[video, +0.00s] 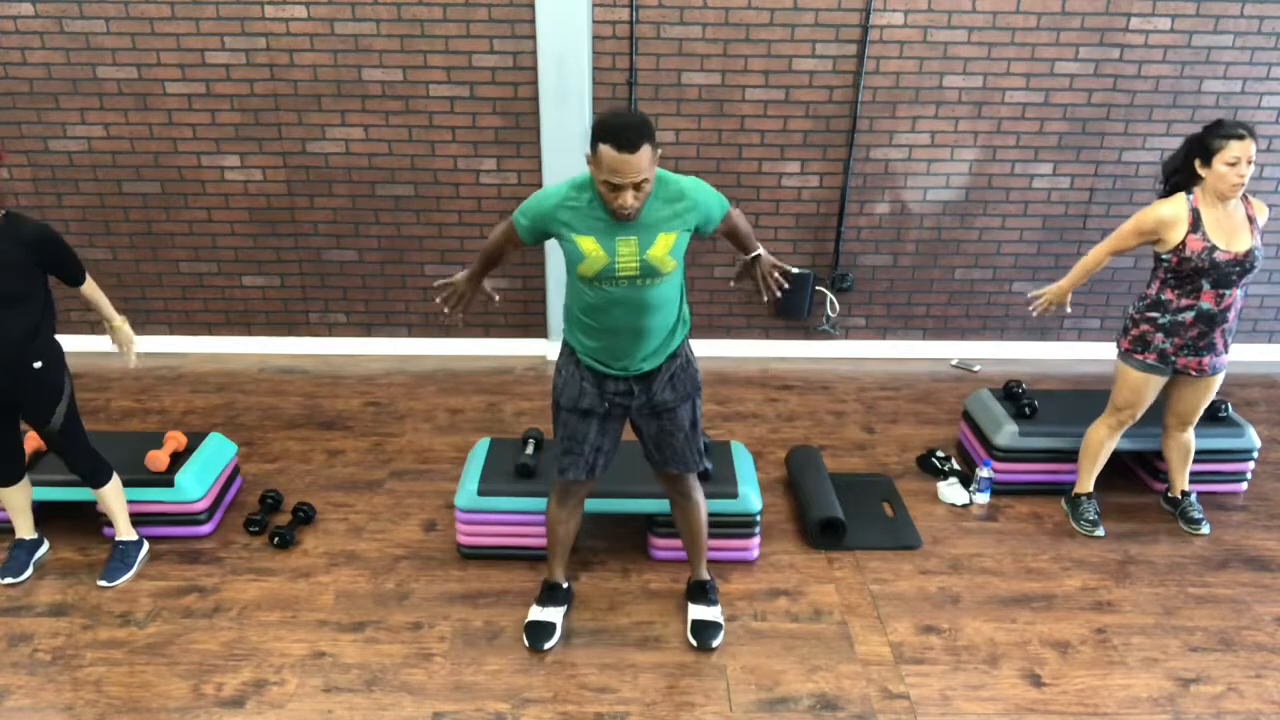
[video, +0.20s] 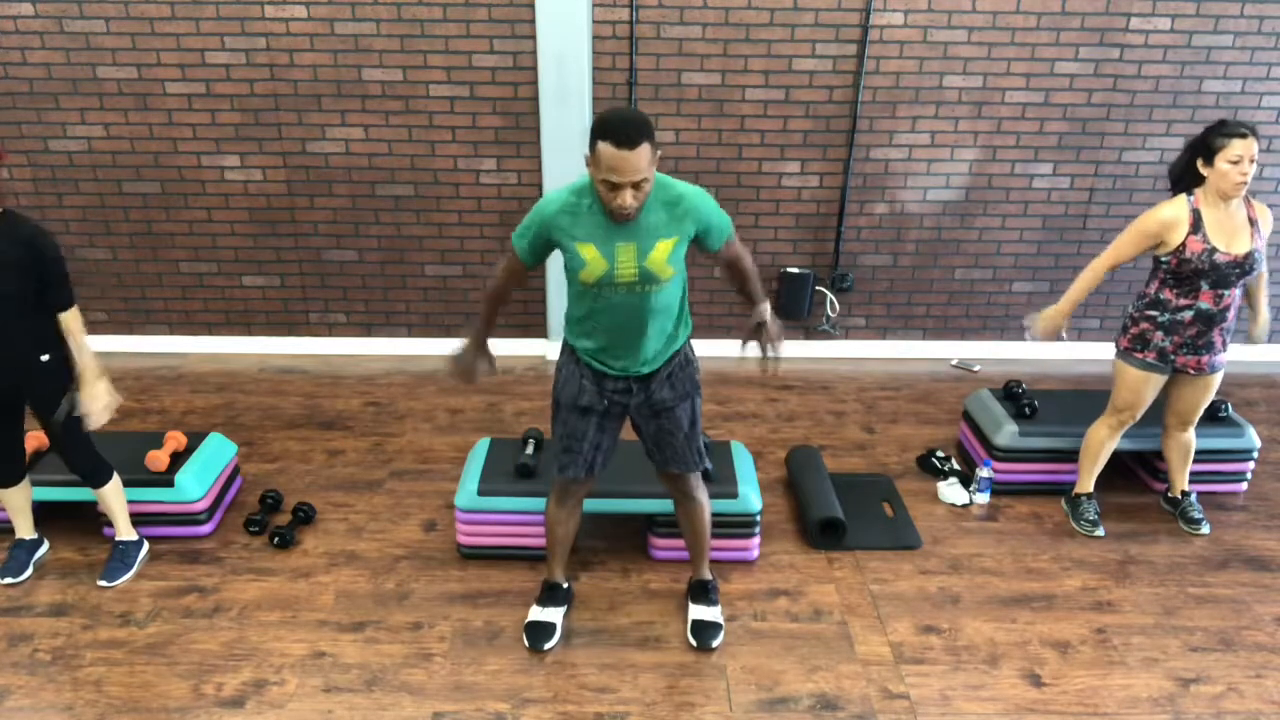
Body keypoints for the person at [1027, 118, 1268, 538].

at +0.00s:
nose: (1244, 173)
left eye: (1249, 164)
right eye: (1233, 164)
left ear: (1254, 166)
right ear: (1203, 167)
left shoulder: (1254, 212)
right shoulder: (1170, 214)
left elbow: (1225, 265)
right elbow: (1106, 250)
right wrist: (1063, 288)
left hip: (1209, 342)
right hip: (1157, 335)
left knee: (1183, 425)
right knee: (1119, 416)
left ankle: (1179, 494)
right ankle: (1081, 494)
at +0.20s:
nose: (1248, 171)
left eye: (1252, 163)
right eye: (1237, 162)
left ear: (1256, 166)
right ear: (1206, 166)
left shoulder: (1258, 217)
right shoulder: (1173, 215)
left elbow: (1257, 271)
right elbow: (1105, 262)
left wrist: (1259, 315)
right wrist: (1060, 311)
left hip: (1207, 341)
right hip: (1154, 334)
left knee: (1184, 425)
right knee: (1120, 416)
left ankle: (1179, 494)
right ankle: (1081, 494)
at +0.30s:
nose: (1248, 171)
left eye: (1253, 162)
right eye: (1238, 162)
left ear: (1258, 166)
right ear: (1207, 166)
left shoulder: (1260, 218)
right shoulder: (1175, 216)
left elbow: (1267, 279)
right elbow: (1113, 273)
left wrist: (1278, 316)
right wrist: (1082, 338)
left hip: (1205, 339)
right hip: (1151, 333)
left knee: (1186, 423)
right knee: (1121, 417)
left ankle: (1179, 494)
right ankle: (1081, 493)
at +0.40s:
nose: (1253, 177)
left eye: (1257, 169)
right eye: (1241, 168)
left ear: (1262, 173)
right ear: (1210, 173)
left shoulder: (1263, 224)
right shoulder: (1177, 219)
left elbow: (1272, 289)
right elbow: (1120, 282)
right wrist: (1136, 347)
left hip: (1198, 335)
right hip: (1145, 329)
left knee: (1191, 424)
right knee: (1120, 419)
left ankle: (1179, 494)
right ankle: (1081, 494)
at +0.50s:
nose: (1255, 195)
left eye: (1259, 185)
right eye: (1243, 185)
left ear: (1264, 189)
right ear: (1211, 191)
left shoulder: (1263, 239)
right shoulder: (1178, 232)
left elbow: (1274, 307)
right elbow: (1128, 300)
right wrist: (1186, 330)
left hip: (1192, 332)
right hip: (1137, 326)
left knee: (1197, 422)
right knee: (1116, 421)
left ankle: (1179, 494)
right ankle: (1080, 494)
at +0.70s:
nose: (1246, 243)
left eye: (1251, 233)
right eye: (1234, 233)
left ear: (1257, 237)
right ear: (1203, 239)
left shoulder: (1255, 279)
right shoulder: (1169, 274)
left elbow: (1268, 354)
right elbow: (1154, 351)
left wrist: (1271, 312)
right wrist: (1215, 320)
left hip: (1180, 345)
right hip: (1122, 340)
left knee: (1210, 429)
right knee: (1113, 427)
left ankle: (1179, 494)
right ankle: (1080, 494)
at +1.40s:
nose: (1248, 224)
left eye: (1254, 214)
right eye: (1238, 213)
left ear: (1259, 216)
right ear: (1207, 214)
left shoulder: (1258, 262)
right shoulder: (1174, 252)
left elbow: (1277, 314)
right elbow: (1138, 327)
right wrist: (1189, 362)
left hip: (1188, 346)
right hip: (1132, 339)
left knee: (1211, 429)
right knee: (1115, 433)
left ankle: (1179, 494)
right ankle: (1079, 495)